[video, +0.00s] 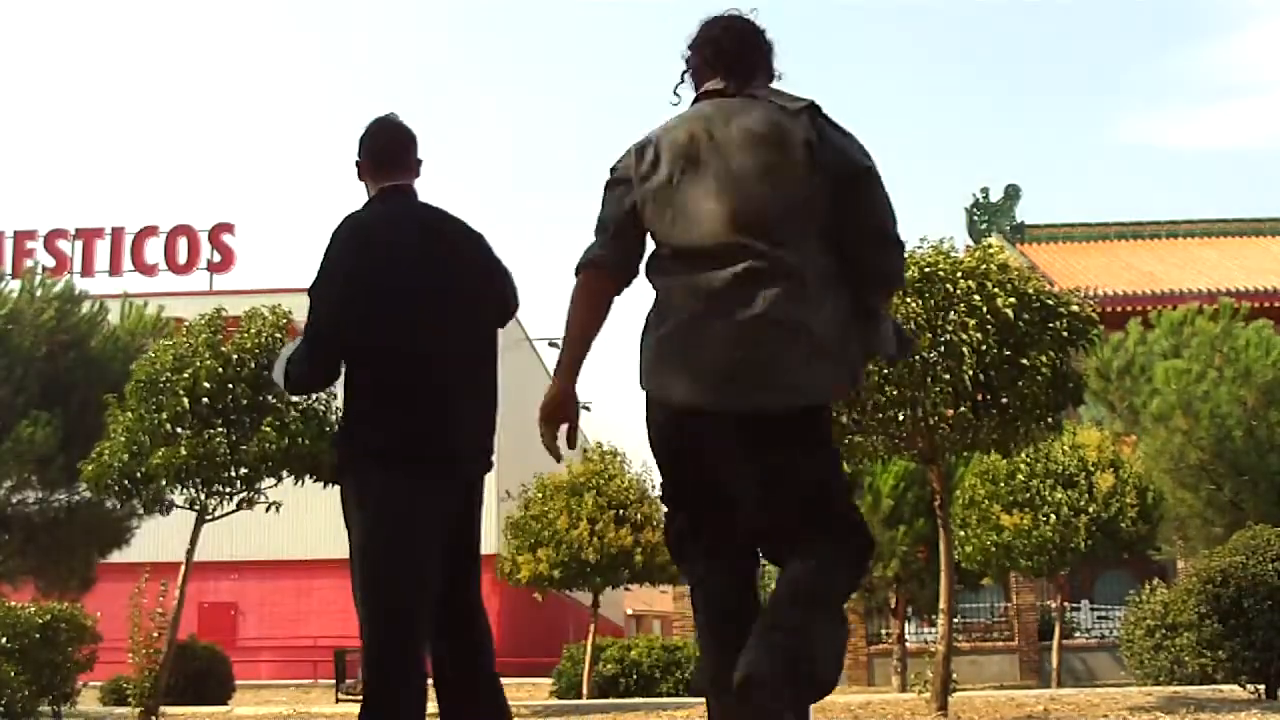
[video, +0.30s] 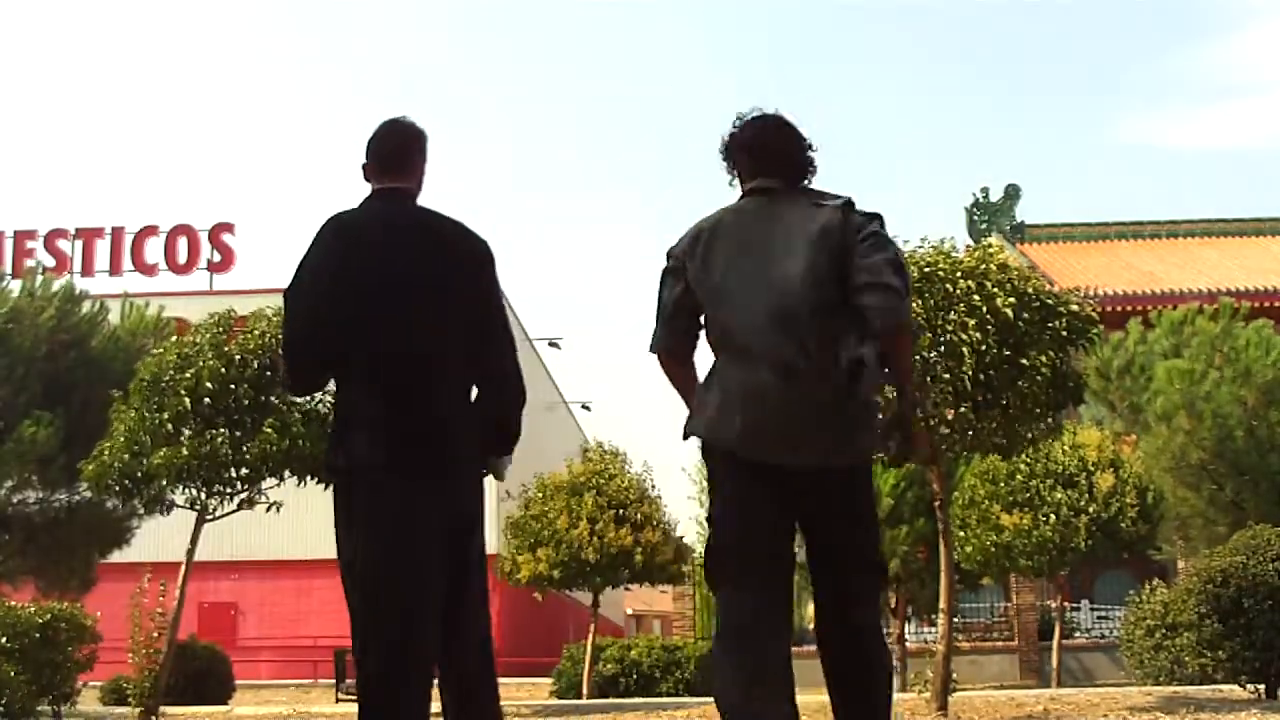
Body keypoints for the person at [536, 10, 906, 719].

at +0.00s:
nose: (689, 83)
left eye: (690, 74)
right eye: (692, 75)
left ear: (697, 75)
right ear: (768, 72)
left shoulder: (650, 152)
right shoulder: (818, 134)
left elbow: (603, 267)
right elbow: (883, 266)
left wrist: (564, 378)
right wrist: (848, 322)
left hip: (679, 391)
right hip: (788, 385)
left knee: (715, 561)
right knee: (830, 544)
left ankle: (731, 709)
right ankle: (766, 699)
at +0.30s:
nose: (740, 175)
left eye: (735, 166)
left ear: (737, 170)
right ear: (804, 165)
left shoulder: (700, 240)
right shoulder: (848, 224)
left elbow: (670, 344)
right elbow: (888, 311)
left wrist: (703, 407)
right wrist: (908, 405)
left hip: (738, 443)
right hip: (835, 440)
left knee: (747, 603)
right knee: (851, 602)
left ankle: (756, 714)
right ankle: (863, 712)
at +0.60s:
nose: (724, 237)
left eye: (728, 223)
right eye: (724, 224)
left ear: (750, 220)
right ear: (790, 220)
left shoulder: (732, 279)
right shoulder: (859, 278)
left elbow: (701, 365)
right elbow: (888, 367)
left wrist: (676, 448)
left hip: (760, 466)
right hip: (844, 466)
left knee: (762, 611)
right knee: (848, 611)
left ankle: (770, 714)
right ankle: (861, 713)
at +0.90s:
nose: (696, 273)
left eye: (702, 262)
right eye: (695, 263)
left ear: (730, 260)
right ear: (749, 259)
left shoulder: (729, 315)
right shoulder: (794, 310)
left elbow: (704, 407)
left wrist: (659, 478)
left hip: (754, 486)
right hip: (811, 484)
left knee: (753, 611)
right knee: (810, 606)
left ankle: (769, 711)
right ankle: (839, 708)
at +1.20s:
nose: (699, 315)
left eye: (709, 305)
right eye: (696, 307)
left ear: (740, 308)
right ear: (695, 310)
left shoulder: (739, 357)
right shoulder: (720, 359)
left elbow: (711, 430)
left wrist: (659, 461)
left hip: (755, 494)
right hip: (737, 495)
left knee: (741, 617)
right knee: (739, 617)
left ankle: (784, 710)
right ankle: (780, 709)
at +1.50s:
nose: (677, 329)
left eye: (686, 319)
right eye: (672, 322)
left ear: (716, 324)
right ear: (670, 328)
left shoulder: (705, 368)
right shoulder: (699, 372)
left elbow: (730, 429)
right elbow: (663, 432)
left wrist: (751, 486)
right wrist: (626, 428)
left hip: (701, 512)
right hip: (737, 512)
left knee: (673, 634)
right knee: (756, 634)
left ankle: (661, 713)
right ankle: (773, 713)